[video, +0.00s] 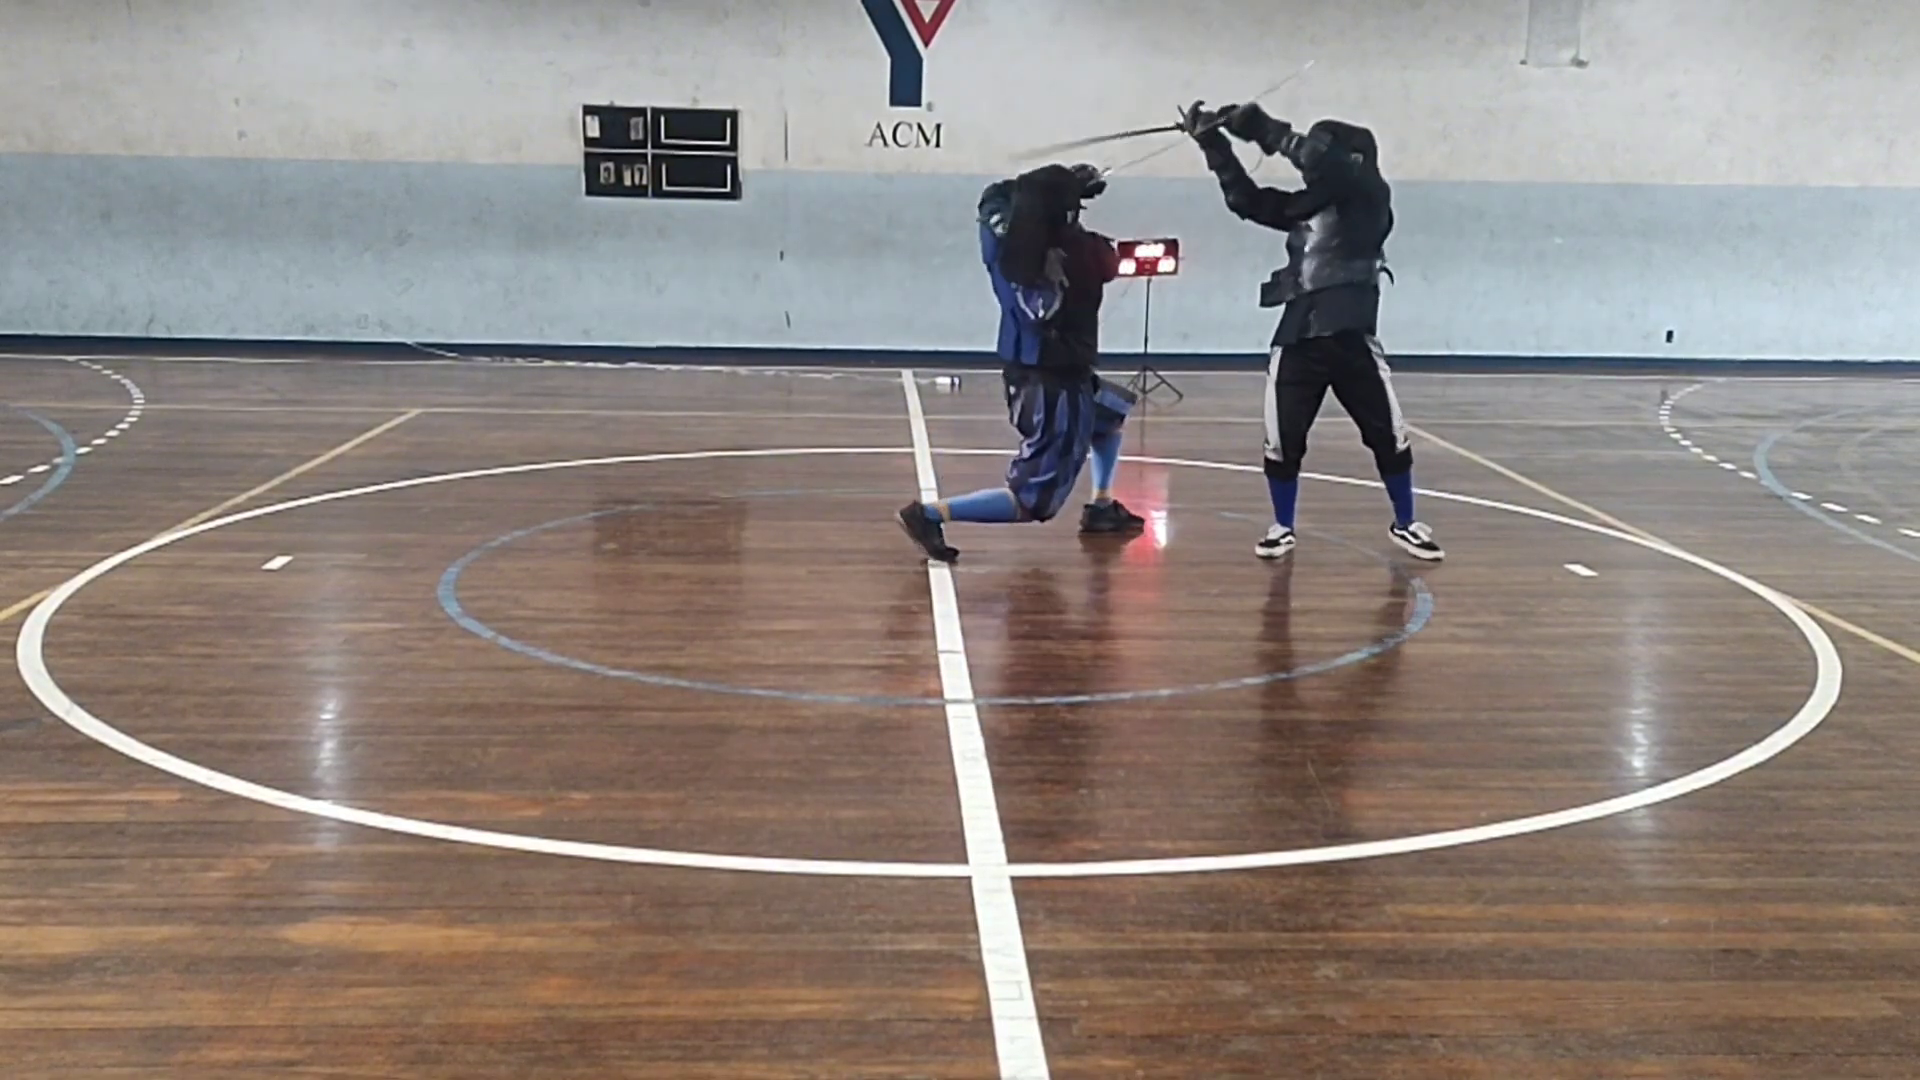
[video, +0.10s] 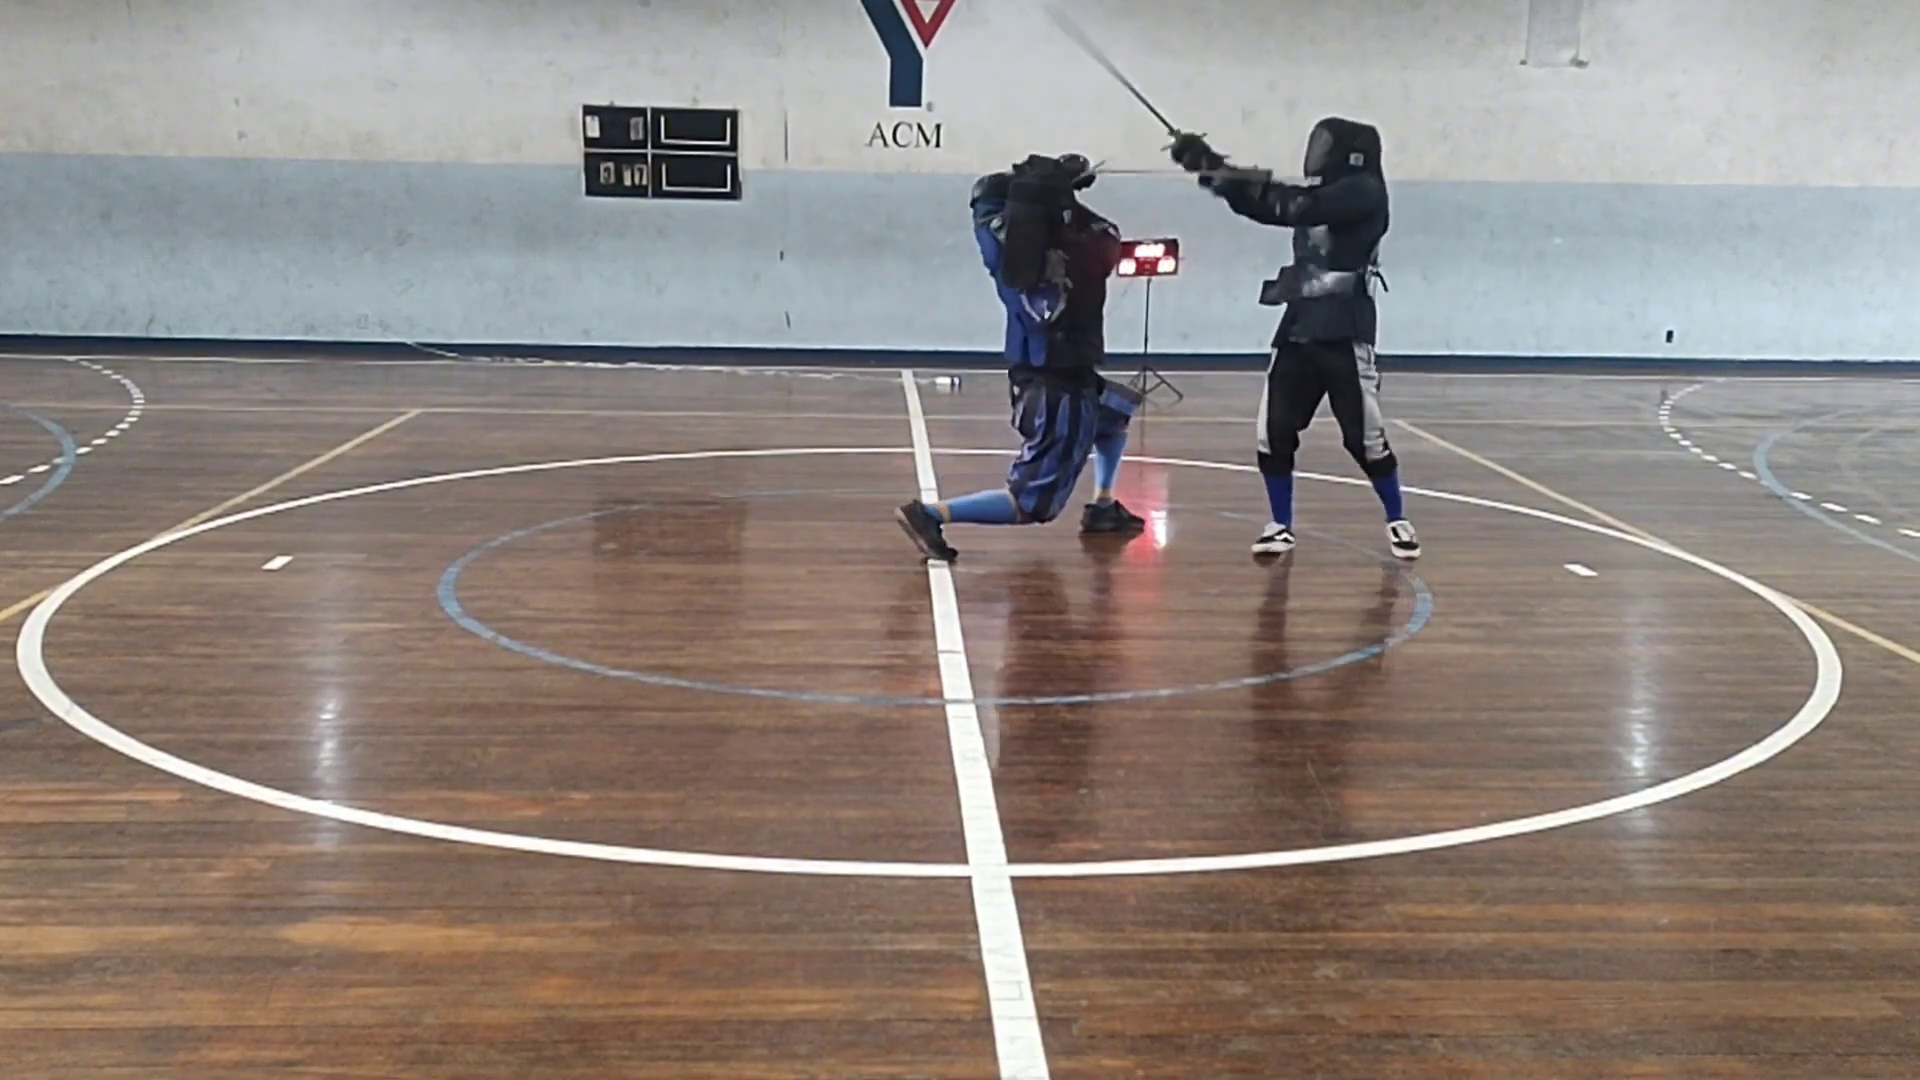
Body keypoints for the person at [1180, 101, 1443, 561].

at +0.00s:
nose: (1307, 157)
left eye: (1314, 150)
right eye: (1306, 151)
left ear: (1343, 153)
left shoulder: (1368, 190)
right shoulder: (1304, 207)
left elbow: (1317, 159)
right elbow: (1245, 198)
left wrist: (1258, 125)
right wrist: (1212, 142)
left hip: (1351, 337)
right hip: (1297, 339)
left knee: (1389, 435)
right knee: (1280, 440)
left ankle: (1406, 523)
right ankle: (1282, 527)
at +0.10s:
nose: (1311, 154)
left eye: (1319, 147)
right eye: (1314, 147)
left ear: (1345, 153)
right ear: (1343, 153)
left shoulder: (1363, 191)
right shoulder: (1322, 193)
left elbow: (1296, 206)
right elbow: (1260, 204)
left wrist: (1221, 169)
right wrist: (1207, 168)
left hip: (1346, 330)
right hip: (1299, 327)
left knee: (1365, 435)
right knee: (1274, 433)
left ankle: (1397, 521)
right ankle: (1281, 526)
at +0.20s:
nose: (1310, 153)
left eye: (1319, 145)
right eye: (1313, 144)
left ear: (1346, 153)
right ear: (1342, 152)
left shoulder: (1359, 196)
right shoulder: (1324, 192)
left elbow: (1291, 225)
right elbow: (1268, 210)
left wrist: (1226, 234)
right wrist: (1202, 198)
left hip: (1347, 333)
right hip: (1309, 328)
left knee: (1357, 441)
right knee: (1271, 432)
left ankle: (1414, 517)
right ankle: (1278, 526)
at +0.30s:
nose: (1306, 164)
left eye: (1315, 158)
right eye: (1308, 156)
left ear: (1343, 165)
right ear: (1338, 165)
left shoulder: (1355, 206)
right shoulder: (1323, 200)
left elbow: (1293, 243)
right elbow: (1269, 215)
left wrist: (1234, 244)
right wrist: (1202, 212)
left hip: (1350, 338)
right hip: (1319, 333)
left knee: (1356, 447)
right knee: (1272, 427)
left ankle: (1418, 520)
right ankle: (1274, 527)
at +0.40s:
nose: (1313, 173)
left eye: (1322, 166)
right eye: (1316, 165)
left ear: (1349, 173)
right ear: (1347, 172)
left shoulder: (1363, 216)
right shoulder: (1331, 206)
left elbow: (1297, 249)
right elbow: (1276, 215)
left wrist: (1240, 243)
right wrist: (1208, 209)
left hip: (1360, 348)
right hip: (1327, 342)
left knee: (1361, 450)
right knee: (1275, 426)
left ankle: (1412, 526)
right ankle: (1273, 526)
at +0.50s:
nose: (1322, 174)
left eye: (1330, 167)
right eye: (1324, 166)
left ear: (1360, 175)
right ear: (1348, 173)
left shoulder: (1373, 217)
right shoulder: (1333, 205)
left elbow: (1308, 251)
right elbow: (1278, 216)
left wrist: (1250, 244)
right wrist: (1213, 211)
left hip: (1367, 346)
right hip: (1330, 340)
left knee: (1376, 451)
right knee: (1274, 420)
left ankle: (1417, 527)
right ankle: (1275, 519)